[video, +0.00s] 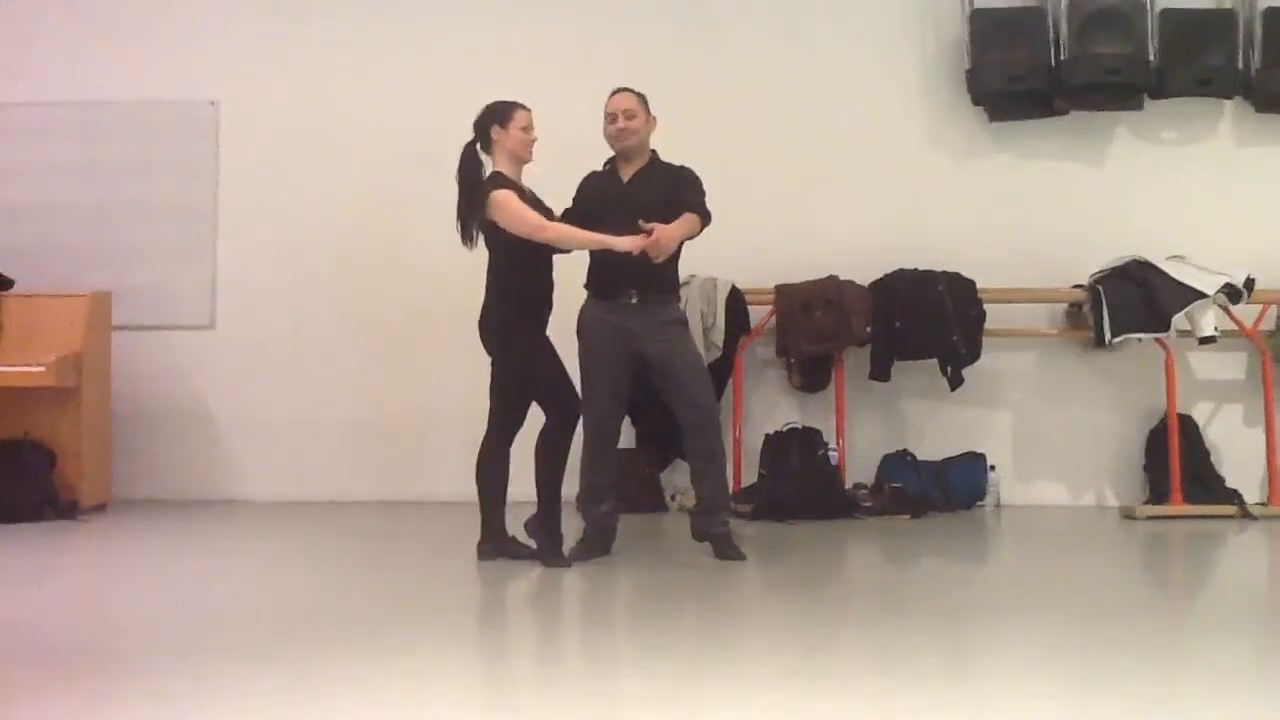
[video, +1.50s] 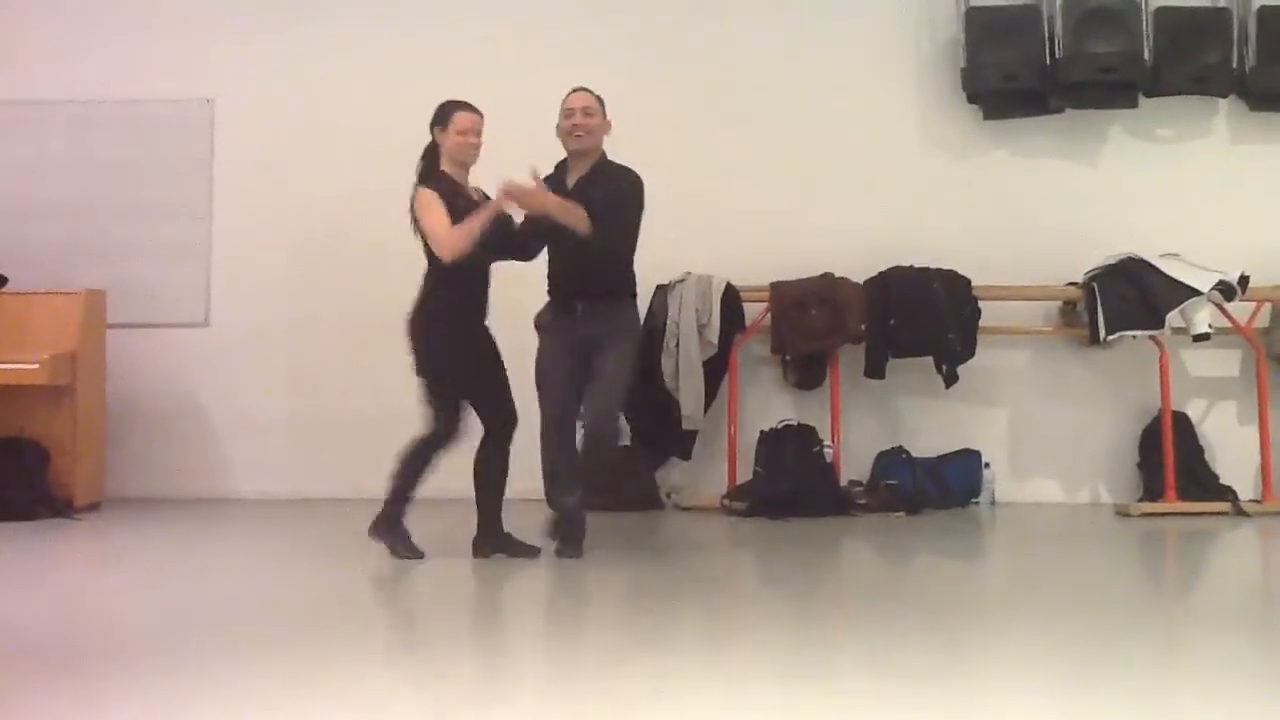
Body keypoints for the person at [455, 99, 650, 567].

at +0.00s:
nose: (534, 136)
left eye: (533, 129)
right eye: (526, 129)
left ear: (506, 136)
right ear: (498, 135)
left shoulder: (516, 191)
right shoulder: (498, 194)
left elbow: (555, 235)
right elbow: (545, 234)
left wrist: (614, 236)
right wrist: (615, 242)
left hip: (522, 323)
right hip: (512, 326)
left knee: (502, 429)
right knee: (565, 409)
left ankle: (493, 535)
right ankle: (547, 521)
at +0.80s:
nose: (532, 137)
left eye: (532, 129)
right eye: (524, 129)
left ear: (506, 135)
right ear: (495, 132)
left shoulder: (514, 185)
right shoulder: (502, 188)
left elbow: (568, 198)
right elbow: (567, 195)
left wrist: (617, 176)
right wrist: (622, 174)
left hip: (518, 318)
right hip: (514, 322)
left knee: (502, 426)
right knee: (567, 409)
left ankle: (494, 532)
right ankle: (548, 518)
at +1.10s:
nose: (514, 137)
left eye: (515, 129)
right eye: (507, 128)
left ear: (490, 134)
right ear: (478, 129)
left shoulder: (497, 180)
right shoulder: (481, 187)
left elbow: (551, 192)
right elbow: (545, 211)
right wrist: (615, 200)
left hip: (502, 317)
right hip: (498, 321)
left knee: (499, 421)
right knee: (558, 402)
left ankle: (490, 531)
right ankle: (545, 519)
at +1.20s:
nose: (504, 141)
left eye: (504, 132)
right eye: (496, 132)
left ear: (480, 137)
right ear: (466, 134)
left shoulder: (487, 189)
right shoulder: (464, 197)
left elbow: (534, 212)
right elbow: (502, 261)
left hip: (490, 322)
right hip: (480, 326)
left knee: (494, 424)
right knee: (546, 404)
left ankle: (489, 531)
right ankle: (521, 520)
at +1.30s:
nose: (496, 141)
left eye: (497, 132)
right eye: (487, 131)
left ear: (483, 137)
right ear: (458, 133)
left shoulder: (479, 189)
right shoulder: (454, 196)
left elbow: (514, 231)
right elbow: (473, 267)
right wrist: (544, 272)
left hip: (489, 320)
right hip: (471, 324)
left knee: (532, 411)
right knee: (496, 422)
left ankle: (479, 506)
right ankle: (488, 531)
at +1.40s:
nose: (487, 143)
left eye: (489, 135)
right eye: (478, 134)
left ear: (483, 141)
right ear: (449, 136)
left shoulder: (471, 190)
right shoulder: (444, 195)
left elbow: (491, 242)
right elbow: (459, 263)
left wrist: (528, 235)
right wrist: (517, 247)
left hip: (481, 321)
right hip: (462, 325)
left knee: (496, 424)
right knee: (498, 424)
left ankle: (492, 533)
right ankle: (429, 501)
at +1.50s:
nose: (474, 141)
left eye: (478, 134)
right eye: (465, 133)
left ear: (481, 141)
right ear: (439, 136)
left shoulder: (475, 196)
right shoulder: (429, 193)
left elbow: (512, 246)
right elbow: (447, 248)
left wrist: (537, 209)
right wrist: (495, 209)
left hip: (470, 325)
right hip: (437, 325)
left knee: (501, 421)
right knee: (446, 426)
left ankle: (489, 532)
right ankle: (389, 518)